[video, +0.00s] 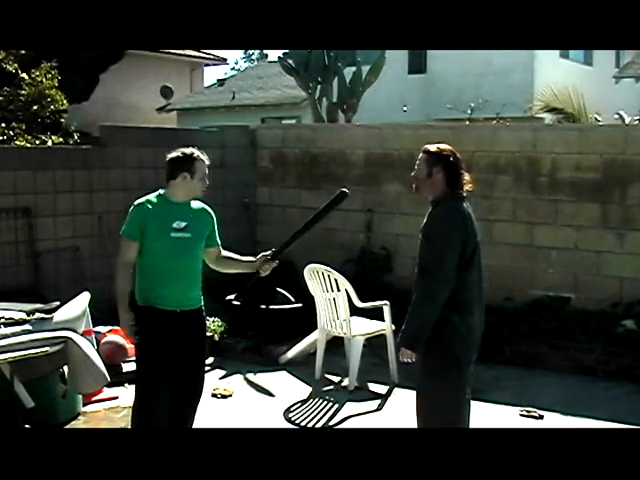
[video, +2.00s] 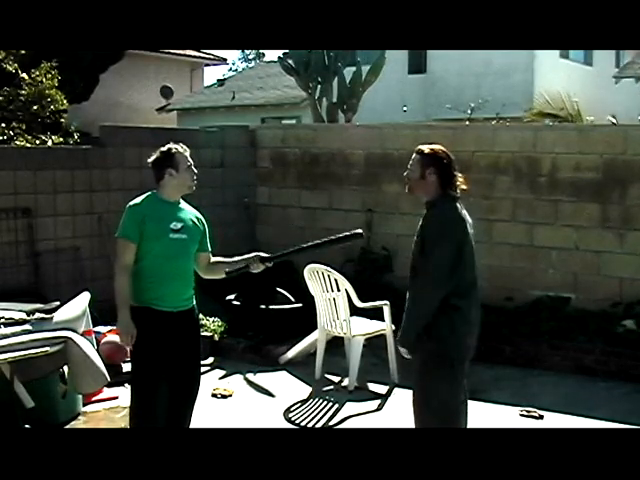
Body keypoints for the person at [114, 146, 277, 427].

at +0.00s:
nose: (207, 183)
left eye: (207, 177)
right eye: (203, 177)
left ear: (187, 178)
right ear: (184, 176)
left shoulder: (204, 215)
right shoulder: (144, 210)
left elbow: (216, 258)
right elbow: (126, 262)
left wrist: (255, 264)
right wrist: (124, 311)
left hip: (191, 317)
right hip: (154, 316)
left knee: (188, 392)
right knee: (153, 392)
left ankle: (179, 430)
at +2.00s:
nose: (195, 172)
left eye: (194, 166)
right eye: (189, 167)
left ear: (175, 173)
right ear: (170, 173)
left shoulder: (195, 218)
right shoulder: (139, 210)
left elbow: (205, 267)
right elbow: (123, 266)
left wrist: (245, 262)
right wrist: (124, 317)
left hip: (185, 319)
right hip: (149, 318)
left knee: (184, 392)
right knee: (149, 395)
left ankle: (176, 430)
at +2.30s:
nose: (196, 172)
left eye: (194, 167)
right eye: (189, 167)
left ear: (175, 173)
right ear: (170, 173)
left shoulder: (195, 217)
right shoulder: (140, 211)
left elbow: (205, 267)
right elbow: (125, 268)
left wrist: (248, 267)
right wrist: (125, 318)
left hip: (186, 319)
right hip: (151, 318)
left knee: (184, 395)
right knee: (150, 397)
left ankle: (176, 430)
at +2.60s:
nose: (192, 170)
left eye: (190, 164)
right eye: (186, 165)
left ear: (174, 173)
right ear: (168, 173)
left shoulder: (196, 215)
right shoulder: (139, 213)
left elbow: (207, 267)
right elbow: (126, 270)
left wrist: (236, 304)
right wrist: (130, 321)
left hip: (188, 319)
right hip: (152, 319)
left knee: (185, 398)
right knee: (151, 399)